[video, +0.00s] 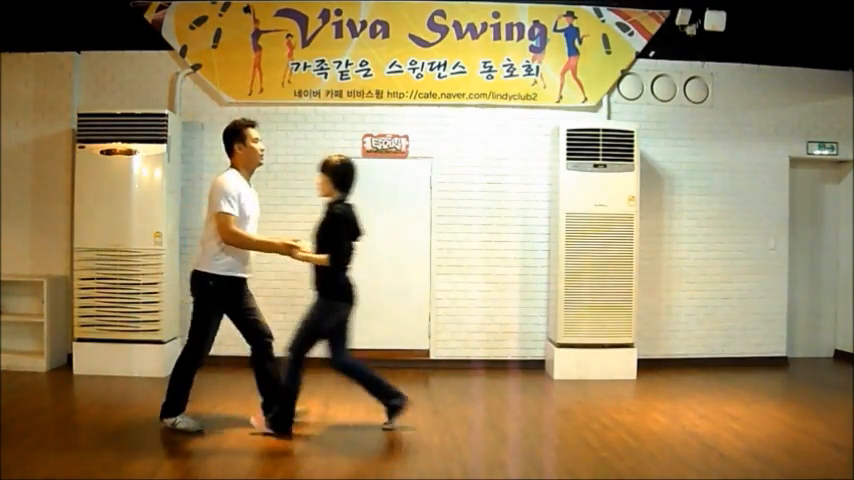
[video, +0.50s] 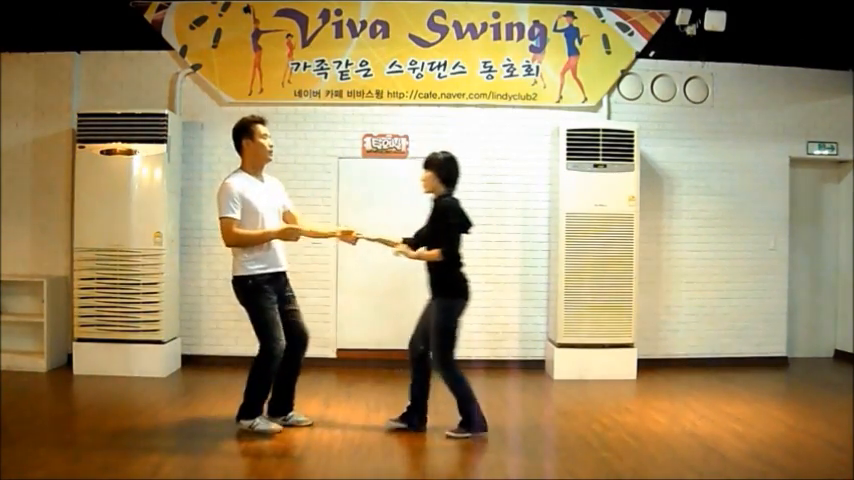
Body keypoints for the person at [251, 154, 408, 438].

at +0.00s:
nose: (317, 180)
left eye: (321, 175)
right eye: (319, 175)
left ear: (332, 181)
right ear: (340, 181)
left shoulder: (337, 214)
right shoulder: (340, 210)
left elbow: (337, 260)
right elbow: (338, 252)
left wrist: (300, 255)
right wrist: (305, 250)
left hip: (332, 298)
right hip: (339, 296)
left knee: (296, 350)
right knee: (339, 359)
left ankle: (280, 421)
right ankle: (392, 399)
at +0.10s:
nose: (343, 182)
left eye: (347, 178)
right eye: (345, 177)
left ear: (358, 182)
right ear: (366, 182)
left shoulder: (364, 216)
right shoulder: (370, 211)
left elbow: (357, 259)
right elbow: (385, 234)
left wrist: (323, 257)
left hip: (361, 298)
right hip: (369, 296)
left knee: (327, 352)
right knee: (369, 358)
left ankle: (298, 415)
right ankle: (409, 412)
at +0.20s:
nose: (366, 179)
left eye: (370, 173)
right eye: (368, 173)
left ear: (382, 178)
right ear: (388, 178)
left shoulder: (388, 210)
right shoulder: (392, 207)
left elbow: (380, 254)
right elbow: (386, 251)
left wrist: (348, 251)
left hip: (384, 294)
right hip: (392, 293)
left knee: (346, 349)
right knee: (385, 355)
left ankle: (349, 417)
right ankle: (412, 416)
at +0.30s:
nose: (387, 177)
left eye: (391, 171)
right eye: (388, 171)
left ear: (405, 175)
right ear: (406, 176)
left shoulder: (409, 206)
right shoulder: (409, 204)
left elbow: (404, 250)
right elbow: (395, 246)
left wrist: (374, 250)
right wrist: (361, 241)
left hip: (408, 291)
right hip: (410, 289)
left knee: (380, 348)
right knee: (393, 349)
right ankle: (412, 414)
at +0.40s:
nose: (405, 176)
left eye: (410, 171)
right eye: (407, 170)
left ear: (422, 176)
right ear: (422, 175)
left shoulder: (429, 207)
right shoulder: (423, 205)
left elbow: (422, 251)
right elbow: (406, 244)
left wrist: (391, 252)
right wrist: (376, 241)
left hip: (429, 293)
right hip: (424, 291)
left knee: (407, 354)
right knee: (407, 353)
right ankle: (413, 416)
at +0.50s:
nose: (422, 177)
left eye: (427, 172)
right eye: (424, 171)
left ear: (441, 176)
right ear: (439, 177)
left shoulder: (448, 207)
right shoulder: (440, 206)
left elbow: (447, 253)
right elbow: (417, 243)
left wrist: (414, 255)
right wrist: (374, 239)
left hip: (450, 295)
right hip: (441, 295)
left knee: (442, 360)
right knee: (417, 349)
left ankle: (474, 422)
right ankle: (415, 416)